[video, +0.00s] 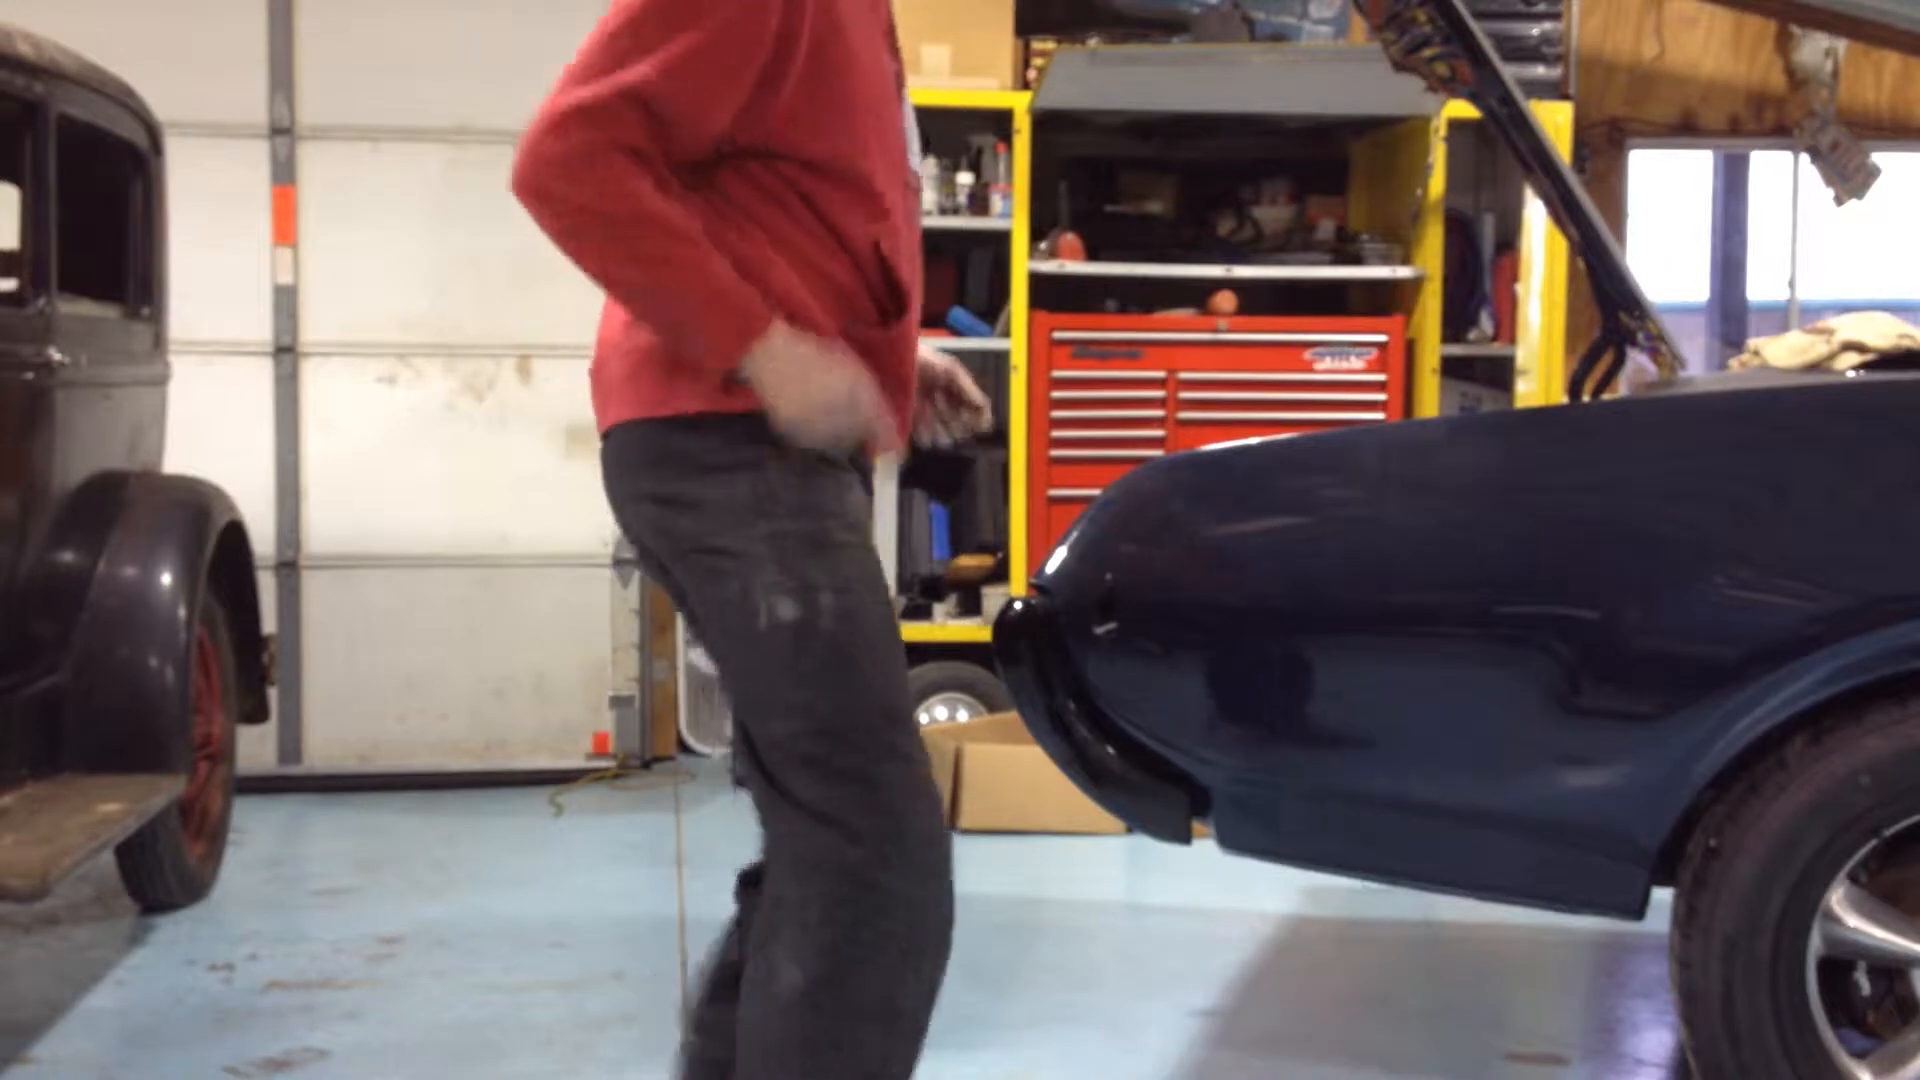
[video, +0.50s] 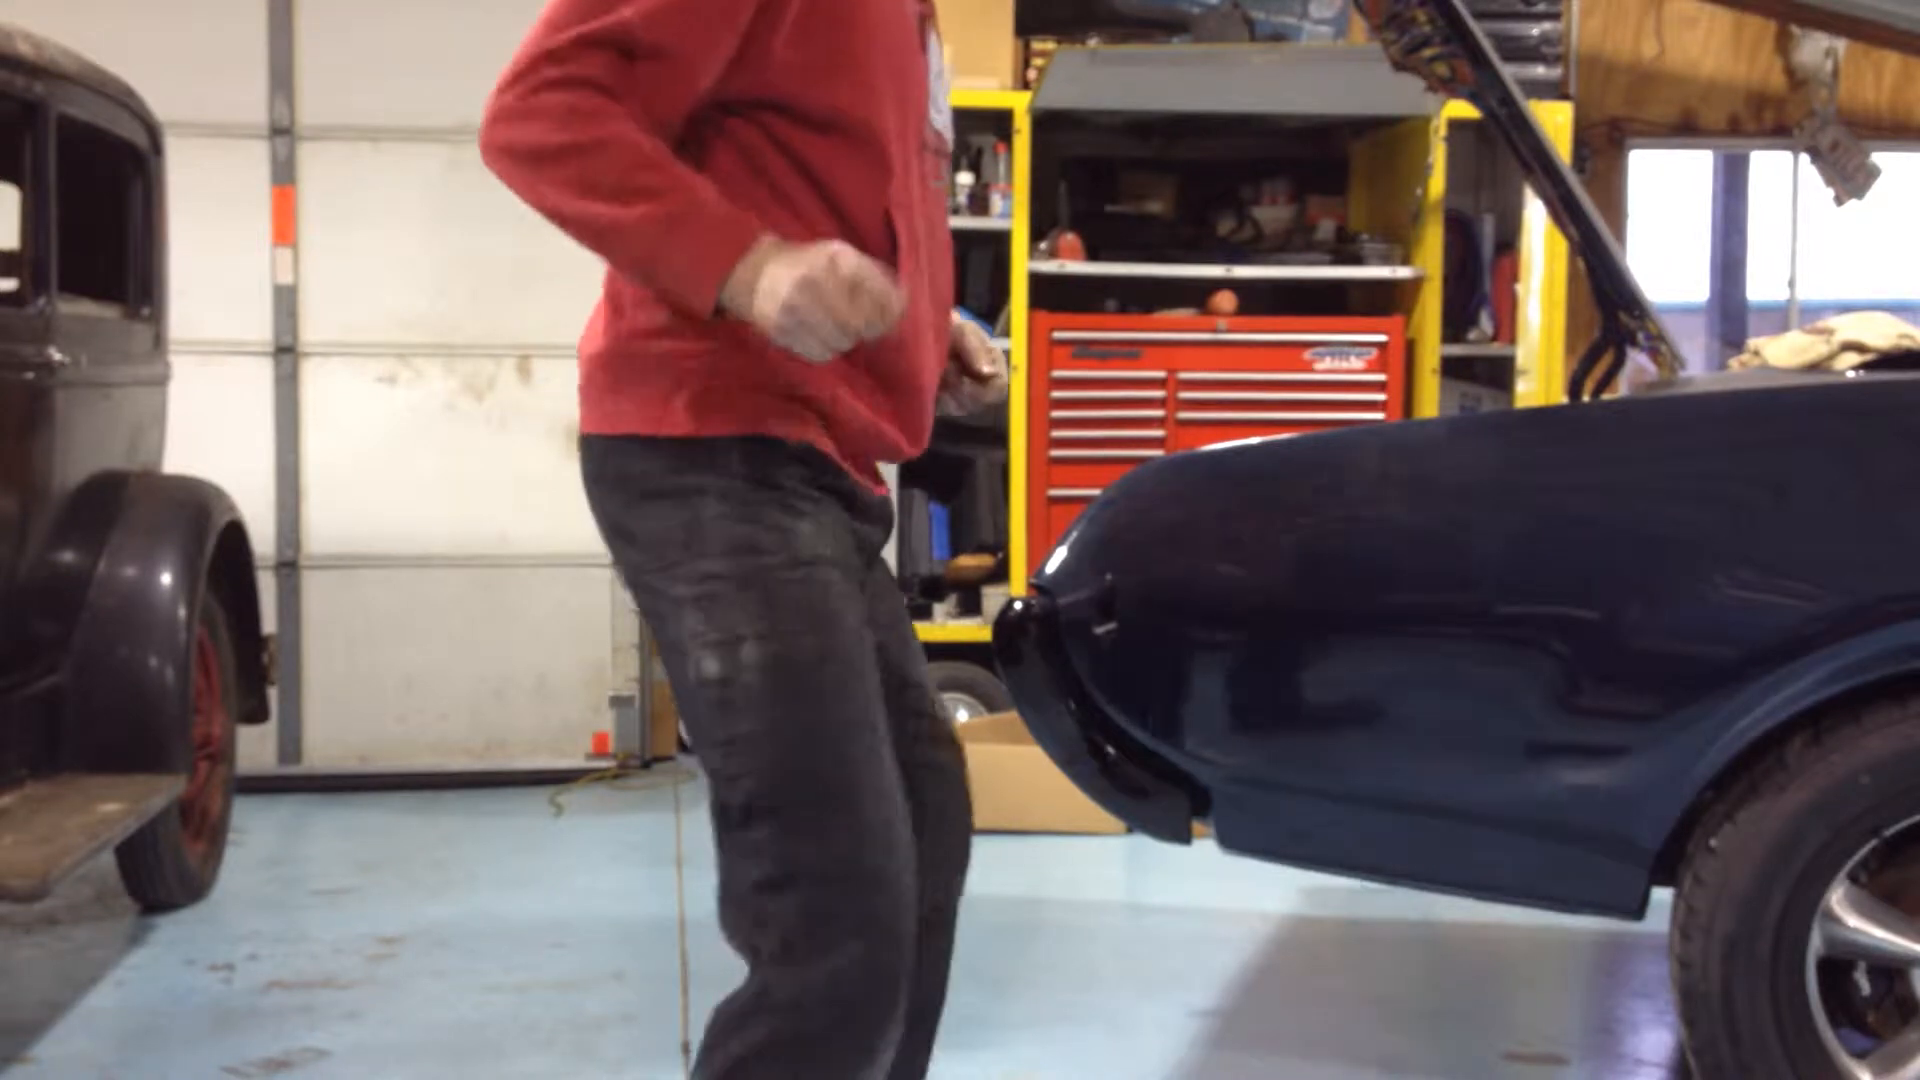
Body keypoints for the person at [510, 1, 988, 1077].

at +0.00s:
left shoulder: (851, 18)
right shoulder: (750, 6)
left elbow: (744, 217)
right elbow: (568, 159)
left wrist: (889, 355)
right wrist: (763, 345)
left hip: (777, 443)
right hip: (730, 445)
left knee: (828, 849)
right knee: (877, 868)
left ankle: (730, 1059)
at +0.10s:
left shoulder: (861, 20)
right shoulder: (760, 5)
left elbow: (762, 226)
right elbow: (577, 163)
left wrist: (895, 343)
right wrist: (775, 339)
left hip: (763, 439)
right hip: (740, 444)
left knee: (835, 856)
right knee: (865, 867)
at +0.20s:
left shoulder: (860, 18)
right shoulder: (759, 9)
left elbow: (759, 207)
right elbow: (605, 171)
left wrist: (892, 338)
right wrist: (752, 367)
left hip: (769, 436)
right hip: (737, 445)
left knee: (816, 880)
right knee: (864, 888)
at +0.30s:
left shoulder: (872, 17)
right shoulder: (752, 5)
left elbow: (761, 189)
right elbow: (568, 130)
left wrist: (901, 325)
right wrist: (754, 308)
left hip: (781, 435)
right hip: (723, 437)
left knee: (839, 868)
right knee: (861, 869)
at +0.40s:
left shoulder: (886, 19)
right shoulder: (748, 5)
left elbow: (785, 194)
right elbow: (545, 109)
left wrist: (911, 323)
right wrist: (753, 261)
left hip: (804, 445)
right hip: (718, 438)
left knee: (915, 850)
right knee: (838, 900)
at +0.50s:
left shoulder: (894, 18)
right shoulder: (740, 6)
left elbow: (788, 190)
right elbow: (539, 113)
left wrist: (917, 325)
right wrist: (746, 263)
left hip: (814, 457)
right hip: (712, 446)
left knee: (924, 833)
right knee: (838, 924)